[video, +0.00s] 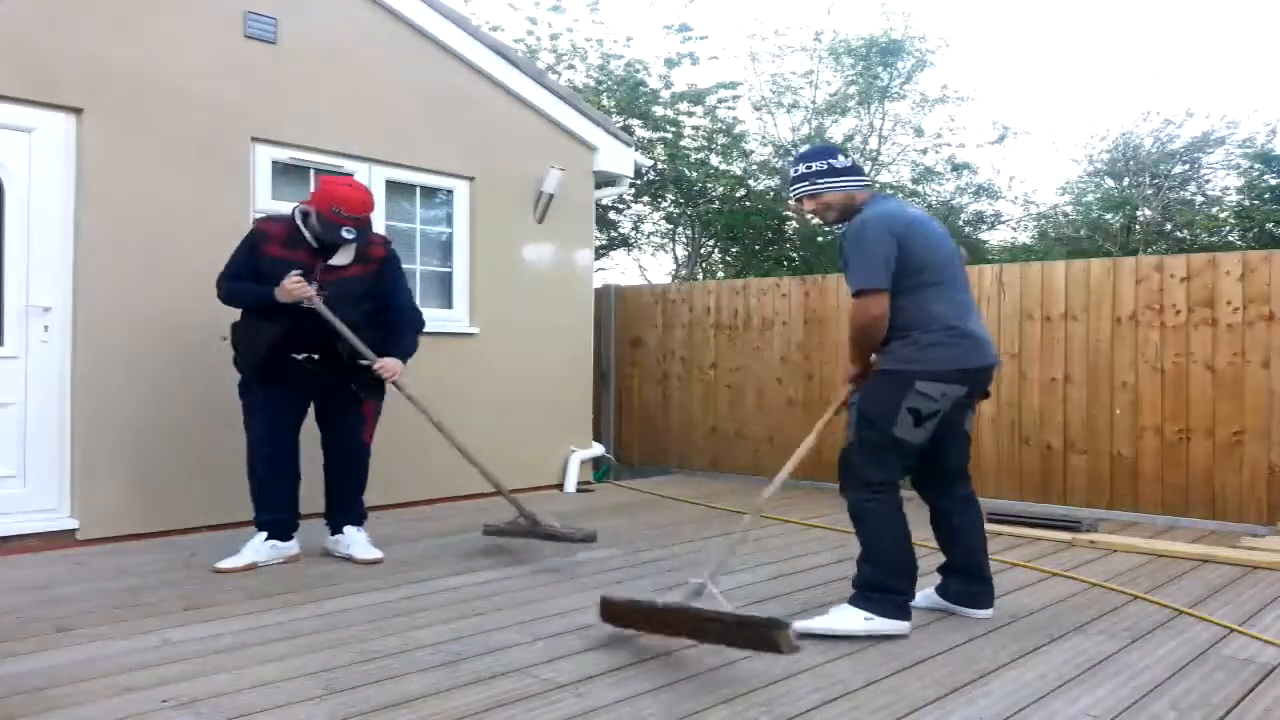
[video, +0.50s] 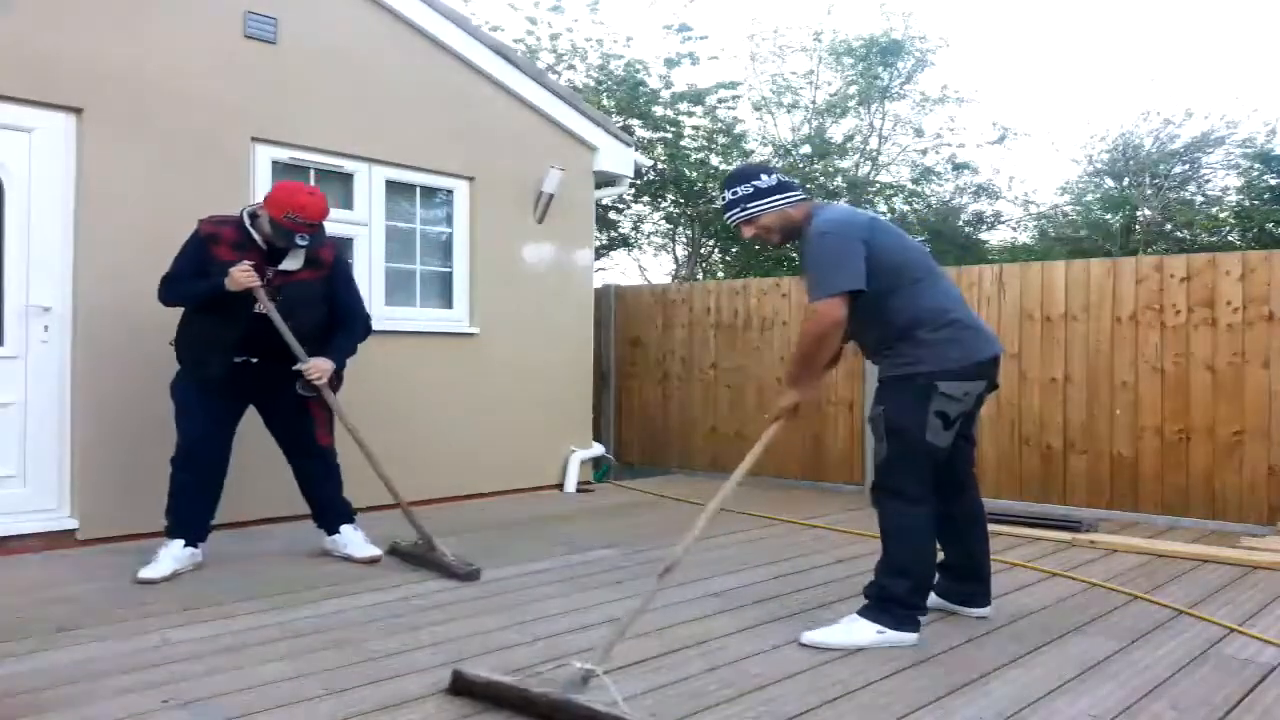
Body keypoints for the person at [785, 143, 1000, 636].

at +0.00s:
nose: (809, 209)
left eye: (812, 196)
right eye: (804, 201)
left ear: (840, 185)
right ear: (849, 186)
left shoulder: (869, 225)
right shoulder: (906, 216)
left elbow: (871, 311)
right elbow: (916, 310)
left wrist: (860, 364)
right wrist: (870, 375)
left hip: (923, 360)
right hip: (966, 358)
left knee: (866, 472)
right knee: (941, 473)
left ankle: (882, 603)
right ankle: (969, 590)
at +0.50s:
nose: (751, 235)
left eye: (749, 222)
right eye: (743, 229)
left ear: (773, 203)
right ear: (779, 202)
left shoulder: (828, 229)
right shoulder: (843, 223)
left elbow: (828, 318)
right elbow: (849, 326)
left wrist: (797, 382)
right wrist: (804, 383)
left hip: (926, 365)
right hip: (962, 358)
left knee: (901, 487)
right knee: (951, 480)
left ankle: (892, 614)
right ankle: (966, 590)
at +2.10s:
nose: (727, 197)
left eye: (727, 184)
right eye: (720, 188)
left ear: (753, 166)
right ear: (774, 161)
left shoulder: (784, 203)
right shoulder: (833, 190)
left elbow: (765, 289)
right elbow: (870, 267)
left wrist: (728, 357)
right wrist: (807, 305)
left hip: (881, 363)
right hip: (922, 356)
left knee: (871, 498)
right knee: (890, 493)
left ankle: (859, 636)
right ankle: (896, 615)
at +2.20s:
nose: (736, 193)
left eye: (735, 180)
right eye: (730, 185)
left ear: (761, 159)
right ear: (780, 155)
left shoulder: (783, 203)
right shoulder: (853, 186)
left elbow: (760, 305)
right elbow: (877, 263)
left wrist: (753, 362)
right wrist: (827, 307)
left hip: (865, 364)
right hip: (913, 356)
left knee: (858, 498)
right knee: (876, 492)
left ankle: (861, 637)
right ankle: (871, 613)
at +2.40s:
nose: (735, 192)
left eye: (735, 178)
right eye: (728, 183)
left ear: (764, 162)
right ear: (785, 159)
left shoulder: (775, 210)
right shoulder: (862, 188)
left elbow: (764, 313)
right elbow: (909, 224)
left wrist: (773, 362)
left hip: (843, 363)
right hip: (907, 357)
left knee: (784, 483)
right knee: (866, 485)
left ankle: (842, 622)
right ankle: (883, 617)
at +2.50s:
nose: (722, 198)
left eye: (722, 185)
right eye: (717, 189)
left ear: (751, 169)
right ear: (774, 166)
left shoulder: (762, 216)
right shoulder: (847, 190)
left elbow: (758, 316)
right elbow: (907, 228)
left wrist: (763, 371)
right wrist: (862, 294)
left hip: (833, 361)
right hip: (902, 356)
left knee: (767, 476)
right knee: (864, 483)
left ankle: (791, 623)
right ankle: (878, 616)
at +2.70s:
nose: (683, 214)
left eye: (682, 202)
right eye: (677, 207)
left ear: (705, 184)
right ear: (728, 178)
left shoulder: (722, 223)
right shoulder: (811, 200)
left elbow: (713, 324)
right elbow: (866, 267)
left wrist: (712, 389)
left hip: (814, 361)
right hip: (884, 356)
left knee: (761, 487)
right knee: (860, 488)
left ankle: (712, 617)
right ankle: (878, 616)